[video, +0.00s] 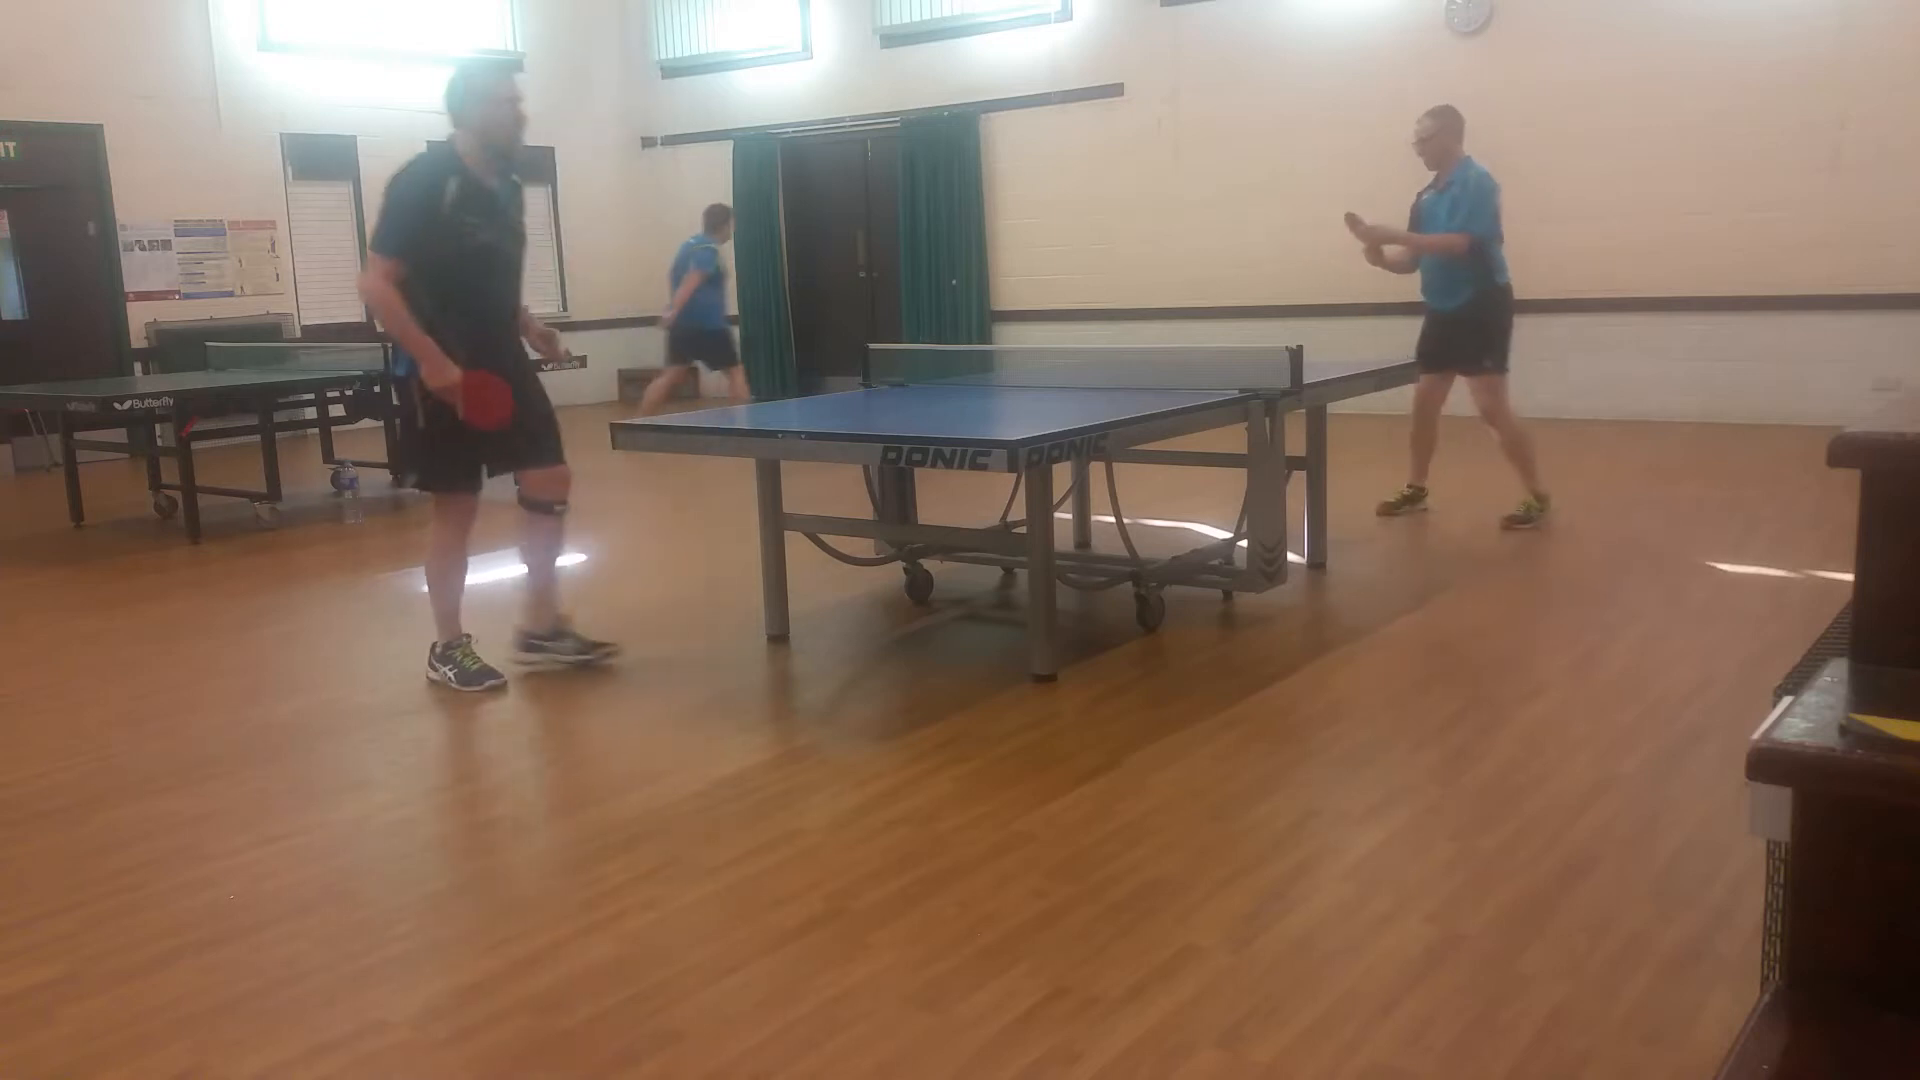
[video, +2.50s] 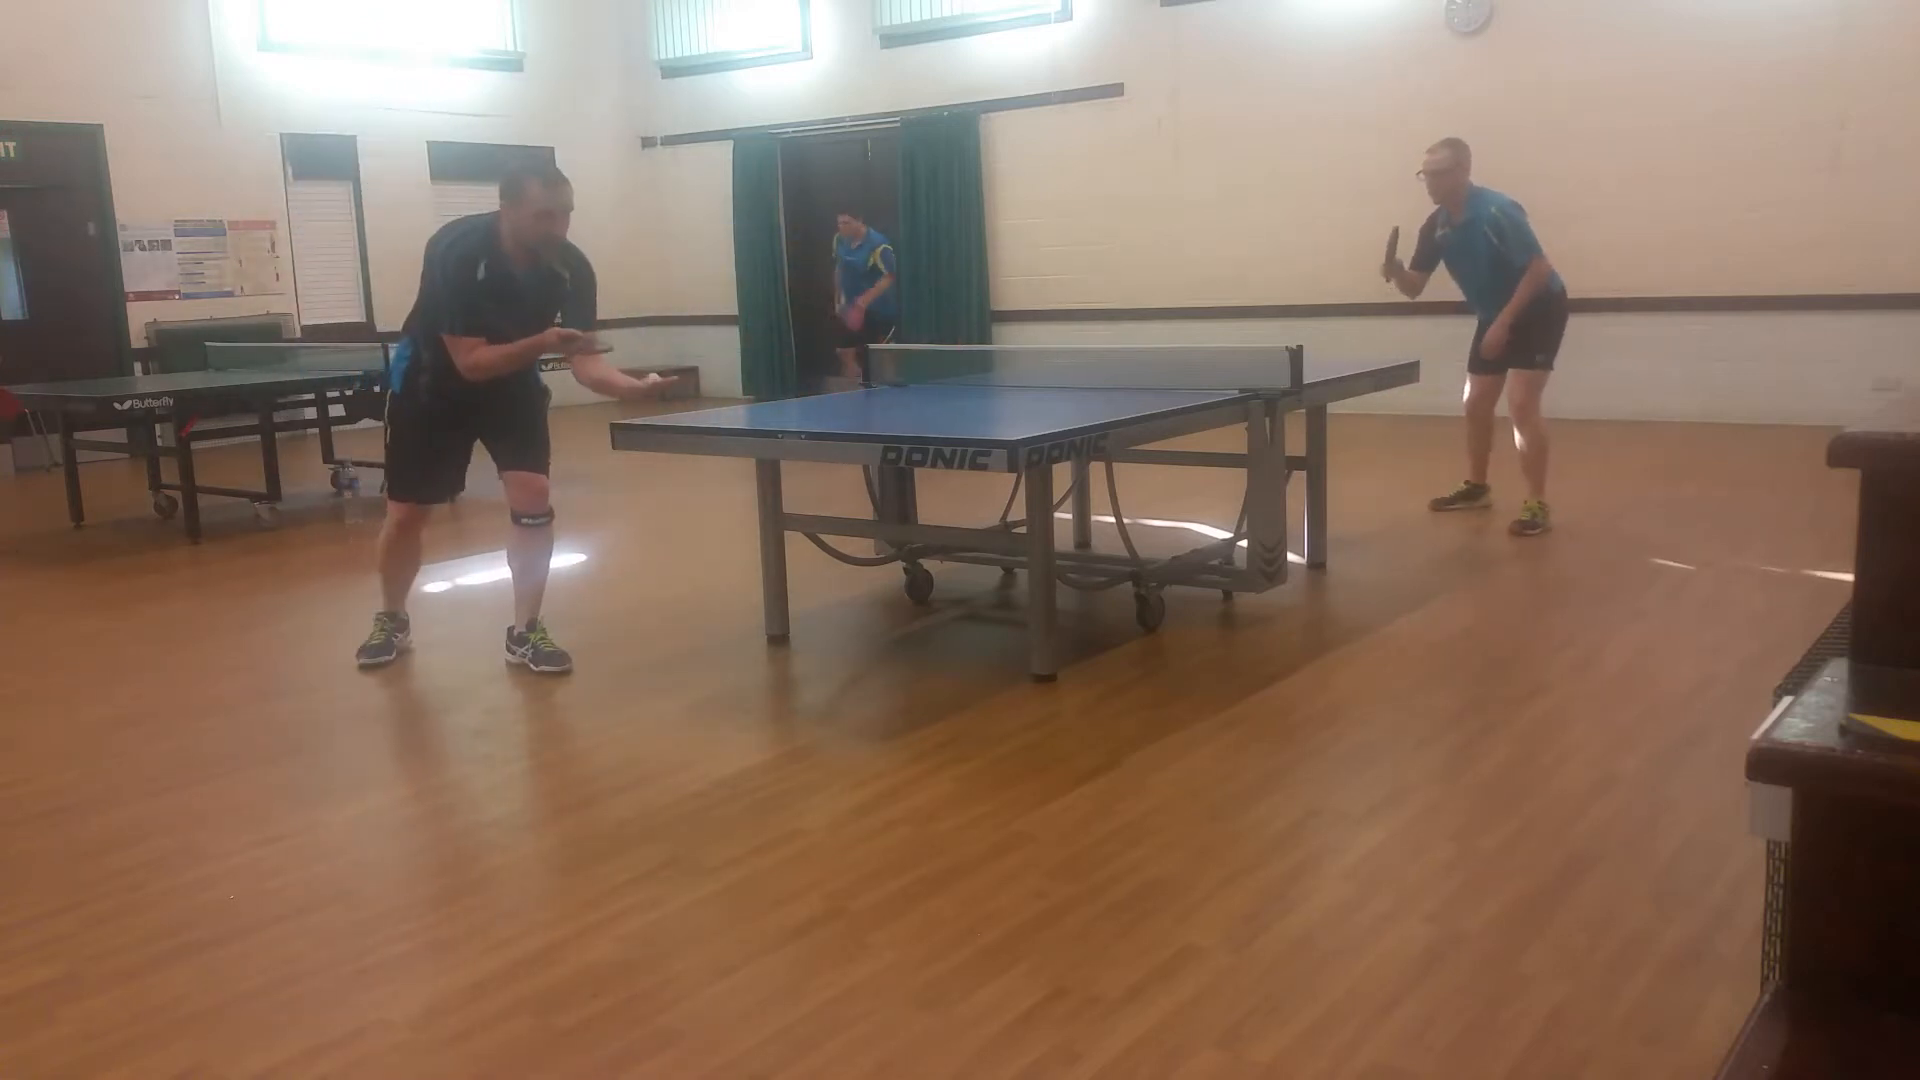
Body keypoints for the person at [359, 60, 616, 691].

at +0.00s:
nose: (521, 113)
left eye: (519, 102)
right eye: (507, 103)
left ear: (502, 113)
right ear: (467, 111)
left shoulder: (507, 188)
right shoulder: (422, 179)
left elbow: (493, 282)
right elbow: (375, 283)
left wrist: (530, 327)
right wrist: (430, 358)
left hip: (504, 360)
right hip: (442, 366)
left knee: (548, 481)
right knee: (455, 504)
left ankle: (542, 628)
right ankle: (450, 646)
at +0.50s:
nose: (430, 149)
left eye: (436, 138)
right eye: (417, 138)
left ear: (442, 136)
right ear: (384, 135)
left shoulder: (449, 200)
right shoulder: (341, 200)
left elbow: (468, 280)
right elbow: (315, 294)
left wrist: (485, 308)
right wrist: (385, 314)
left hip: (439, 364)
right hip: (379, 368)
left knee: (425, 497)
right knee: (398, 496)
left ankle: (394, 610)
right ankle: (430, 628)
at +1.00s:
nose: (387, 146)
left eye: (392, 134)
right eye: (374, 134)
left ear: (396, 133)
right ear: (339, 131)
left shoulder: (407, 198)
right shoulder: (293, 193)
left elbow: (431, 282)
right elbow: (256, 277)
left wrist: (467, 307)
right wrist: (319, 289)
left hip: (401, 370)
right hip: (327, 373)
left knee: (402, 491)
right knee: (330, 494)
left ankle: (396, 613)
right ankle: (331, 612)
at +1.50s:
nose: (398, 160)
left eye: (401, 149)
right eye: (387, 149)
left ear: (401, 146)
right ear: (346, 148)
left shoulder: (415, 207)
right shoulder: (292, 204)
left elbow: (428, 282)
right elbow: (254, 267)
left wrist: (444, 327)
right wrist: (241, 315)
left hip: (405, 371)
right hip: (327, 379)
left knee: (452, 484)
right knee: (330, 499)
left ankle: (510, 614)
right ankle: (332, 615)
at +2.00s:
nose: (512, 216)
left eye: (519, 204)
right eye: (501, 203)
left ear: (524, 200)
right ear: (464, 196)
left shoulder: (531, 257)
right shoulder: (412, 241)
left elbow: (557, 349)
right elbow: (408, 355)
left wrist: (589, 355)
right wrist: (490, 336)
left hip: (487, 382)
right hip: (406, 387)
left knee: (520, 490)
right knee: (369, 506)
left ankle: (526, 629)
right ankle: (336, 610)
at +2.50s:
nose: (560, 227)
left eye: (566, 213)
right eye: (547, 214)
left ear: (571, 210)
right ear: (508, 210)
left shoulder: (572, 268)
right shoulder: (455, 251)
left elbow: (584, 360)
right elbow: (470, 362)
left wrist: (632, 386)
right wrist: (546, 342)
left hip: (512, 379)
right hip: (431, 380)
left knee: (532, 495)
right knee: (405, 511)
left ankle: (526, 630)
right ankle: (392, 620)